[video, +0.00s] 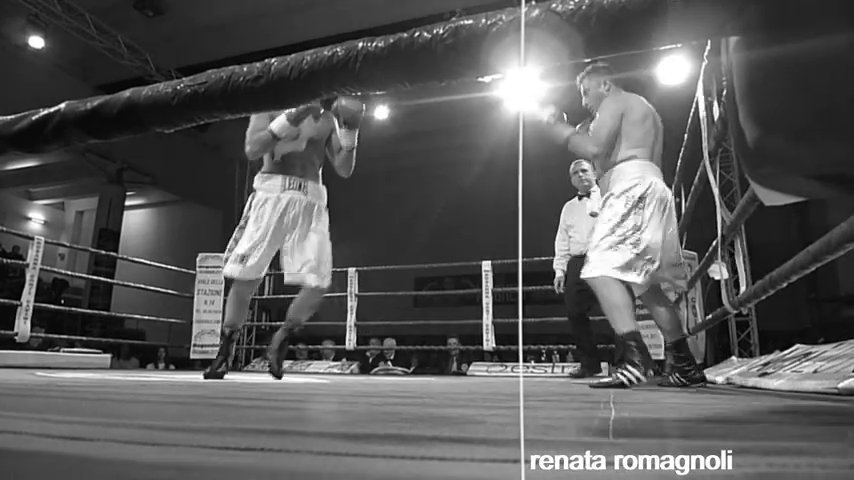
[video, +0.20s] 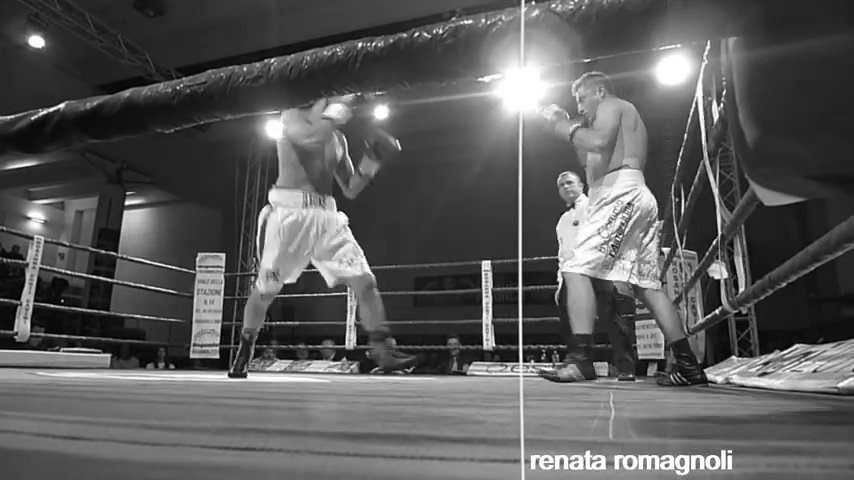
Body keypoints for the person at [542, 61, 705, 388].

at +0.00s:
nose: (584, 100)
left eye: (586, 92)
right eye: (581, 94)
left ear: (604, 84)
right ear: (609, 86)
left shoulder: (615, 101)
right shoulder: (649, 112)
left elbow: (595, 146)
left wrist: (559, 129)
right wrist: (583, 135)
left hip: (632, 189)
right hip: (658, 191)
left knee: (599, 270)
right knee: (648, 283)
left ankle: (634, 360)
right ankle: (683, 363)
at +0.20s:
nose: (579, 106)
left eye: (581, 98)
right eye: (577, 101)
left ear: (600, 91)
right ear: (602, 92)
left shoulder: (610, 105)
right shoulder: (627, 114)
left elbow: (600, 141)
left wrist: (564, 126)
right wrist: (568, 124)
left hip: (619, 196)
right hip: (641, 198)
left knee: (576, 271)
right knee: (648, 283)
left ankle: (580, 361)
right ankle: (686, 363)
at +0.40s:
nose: (550, 149)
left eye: (551, 140)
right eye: (548, 142)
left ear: (567, 132)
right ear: (570, 134)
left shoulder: (591, 149)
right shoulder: (598, 150)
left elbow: (568, 195)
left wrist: (547, 174)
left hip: (614, 231)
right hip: (632, 232)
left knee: (553, 285)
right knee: (611, 310)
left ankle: (559, 368)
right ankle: (677, 354)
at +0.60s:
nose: (557, 166)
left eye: (561, 159)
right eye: (555, 161)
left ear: (579, 155)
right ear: (578, 159)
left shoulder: (598, 172)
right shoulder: (583, 190)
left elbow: (601, 213)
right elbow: (565, 227)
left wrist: (568, 211)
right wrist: (548, 208)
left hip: (623, 241)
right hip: (637, 246)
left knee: (558, 288)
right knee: (624, 322)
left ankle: (560, 368)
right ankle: (687, 365)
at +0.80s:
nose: (587, 157)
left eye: (590, 151)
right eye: (585, 154)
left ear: (608, 148)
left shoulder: (617, 163)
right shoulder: (601, 186)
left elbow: (624, 188)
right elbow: (598, 229)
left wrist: (585, 174)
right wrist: (578, 197)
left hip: (626, 233)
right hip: (639, 239)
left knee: (586, 292)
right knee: (641, 311)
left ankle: (586, 368)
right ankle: (693, 367)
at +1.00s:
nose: (579, 171)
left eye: (582, 164)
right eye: (576, 168)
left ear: (596, 159)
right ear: (576, 172)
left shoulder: (608, 168)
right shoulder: (593, 193)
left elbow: (622, 192)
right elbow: (588, 226)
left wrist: (579, 199)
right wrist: (567, 194)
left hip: (630, 235)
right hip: (652, 238)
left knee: (591, 295)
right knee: (638, 309)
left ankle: (616, 364)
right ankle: (686, 357)